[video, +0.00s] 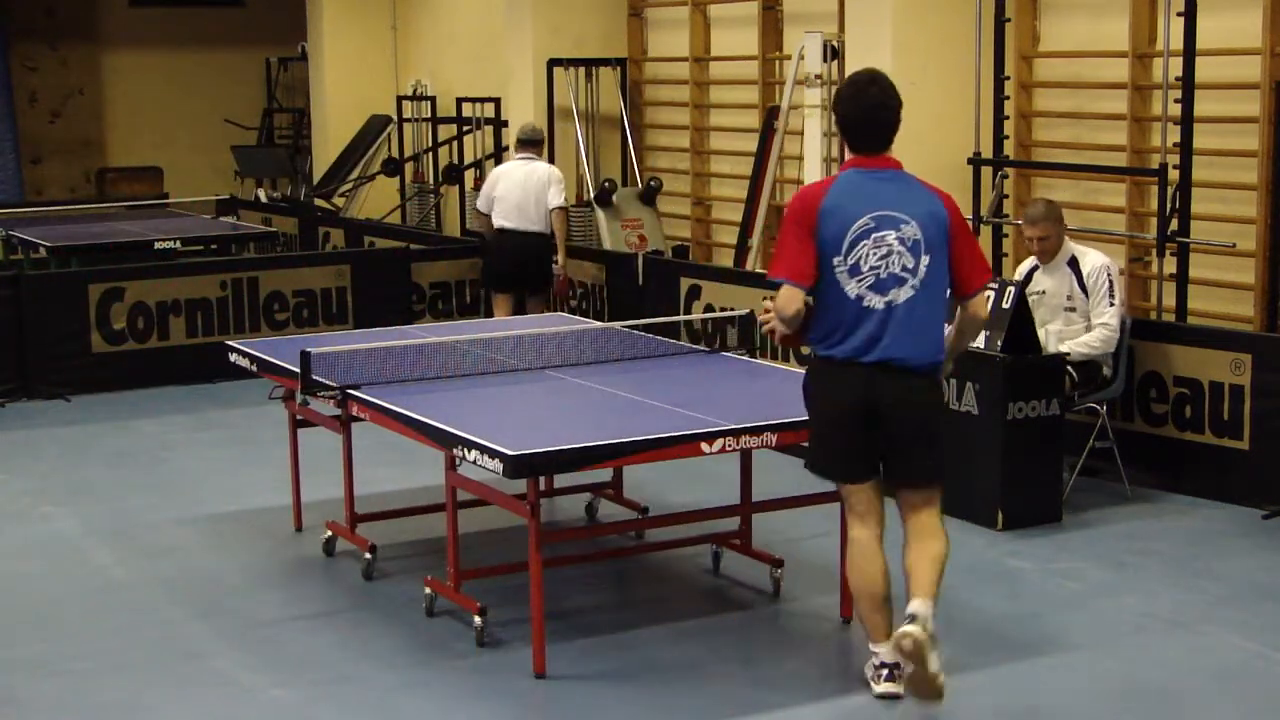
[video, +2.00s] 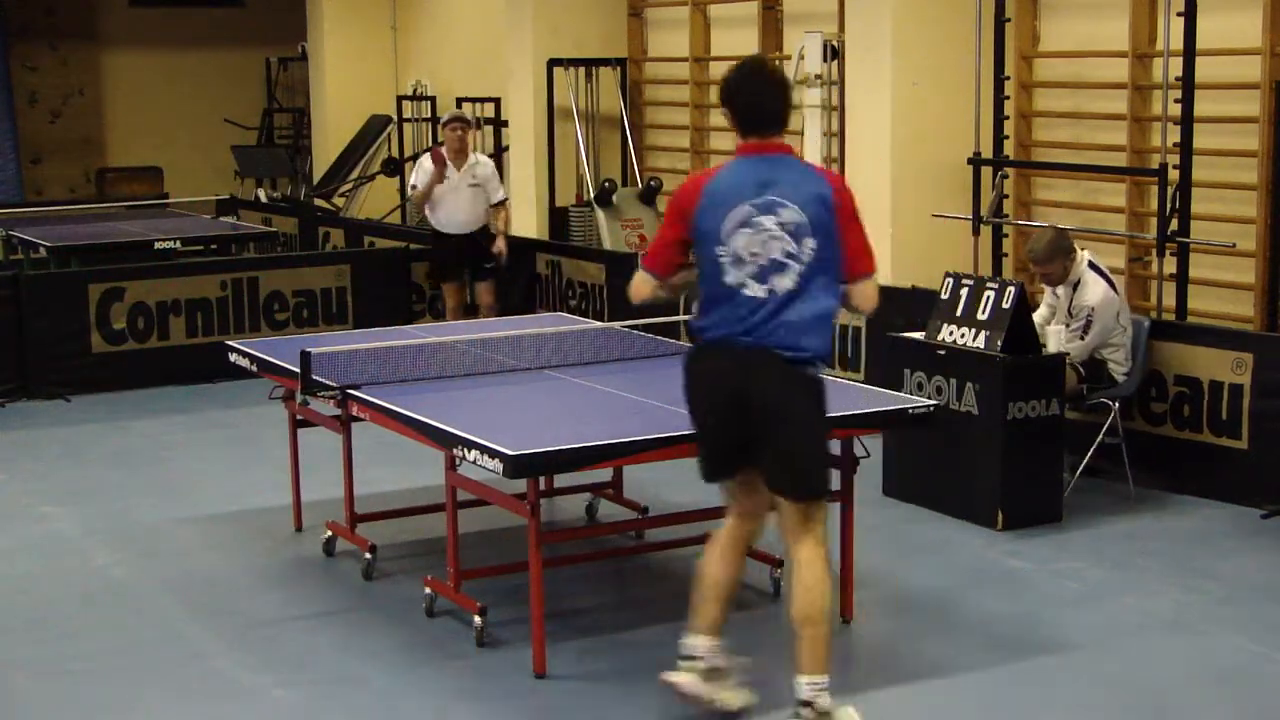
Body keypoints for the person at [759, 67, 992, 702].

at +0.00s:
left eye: (846, 117)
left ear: (839, 128)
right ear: (898, 126)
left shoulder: (812, 202)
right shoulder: (936, 202)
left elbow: (792, 303)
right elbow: (977, 306)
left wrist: (778, 317)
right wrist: (948, 349)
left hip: (840, 387)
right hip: (914, 387)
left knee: (862, 519)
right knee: (922, 510)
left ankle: (883, 660)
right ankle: (919, 614)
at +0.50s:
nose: (834, 160)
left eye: (837, 151)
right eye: (836, 151)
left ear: (851, 152)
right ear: (884, 156)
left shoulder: (858, 182)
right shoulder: (903, 202)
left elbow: (876, 246)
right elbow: (903, 296)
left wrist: (830, 296)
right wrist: (847, 351)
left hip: (884, 340)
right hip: (927, 345)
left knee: (865, 490)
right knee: (904, 485)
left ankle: (875, 635)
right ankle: (914, 610)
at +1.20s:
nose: (812, 147)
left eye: (813, 139)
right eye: (812, 139)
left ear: (824, 140)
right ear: (870, 138)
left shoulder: (824, 189)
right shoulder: (909, 201)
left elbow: (813, 283)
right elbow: (941, 296)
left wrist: (791, 297)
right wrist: (884, 308)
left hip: (836, 355)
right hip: (899, 356)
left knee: (819, 494)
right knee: (898, 485)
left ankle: (822, 638)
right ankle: (914, 609)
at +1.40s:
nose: (789, 140)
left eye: (790, 132)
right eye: (793, 130)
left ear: (797, 137)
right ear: (850, 131)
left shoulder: (783, 201)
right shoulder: (893, 193)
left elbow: (730, 280)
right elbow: (943, 261)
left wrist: (734, 281)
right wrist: (885, 265)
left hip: (808, 379)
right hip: (880, 377)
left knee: (812, 515)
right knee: (892, 499)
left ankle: (825, 655)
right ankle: (911, 620)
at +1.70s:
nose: (758, 131)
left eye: (759, 123)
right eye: (766, 121)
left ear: (767, 131)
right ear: (822, 125)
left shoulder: (758, 197)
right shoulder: (864, 192)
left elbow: (752, 299)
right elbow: (900, 285)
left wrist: (685, 281)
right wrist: (924, 266)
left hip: (780, 382)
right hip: (851, 381)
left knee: (802, 518)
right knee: (851, 520)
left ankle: (822, 659)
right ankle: (849, 653)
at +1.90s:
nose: (748, 138)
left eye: (748, 130)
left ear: (752, 136)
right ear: (809, 131)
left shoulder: (726, 206)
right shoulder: (850, 203)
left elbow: (664, 298)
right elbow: (886, 309)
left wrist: (683, 277)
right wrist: (844, 272)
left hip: (741, 390)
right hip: (814, 393)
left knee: (769, 517)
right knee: (828, 540)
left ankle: (771, 656)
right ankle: (830, 692)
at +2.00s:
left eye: (734, 109)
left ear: (728, 116)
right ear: (787, 112)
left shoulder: (699, 190)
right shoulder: (827, 188)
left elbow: (642, 289)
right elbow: (865, 298)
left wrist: (694, 274)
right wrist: (811, 270)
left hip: (715, 371)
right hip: (790, 377)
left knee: (744, 510)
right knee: (805, 533)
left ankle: (699, 656)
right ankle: (814, 695)